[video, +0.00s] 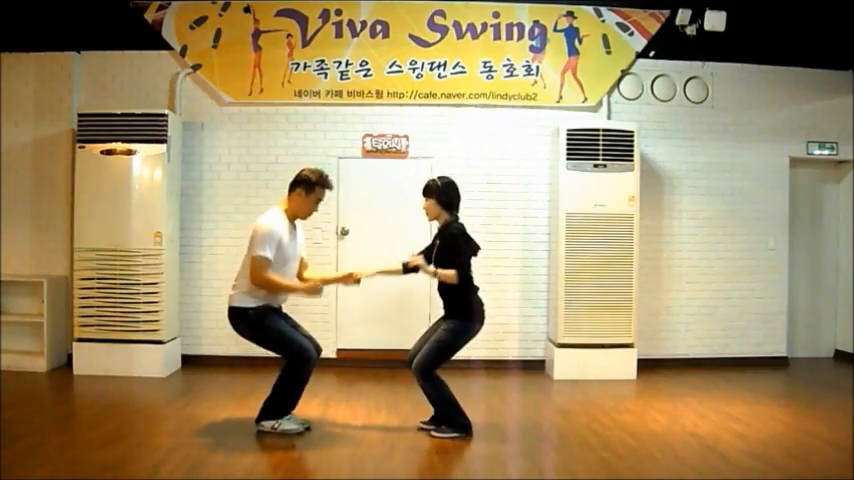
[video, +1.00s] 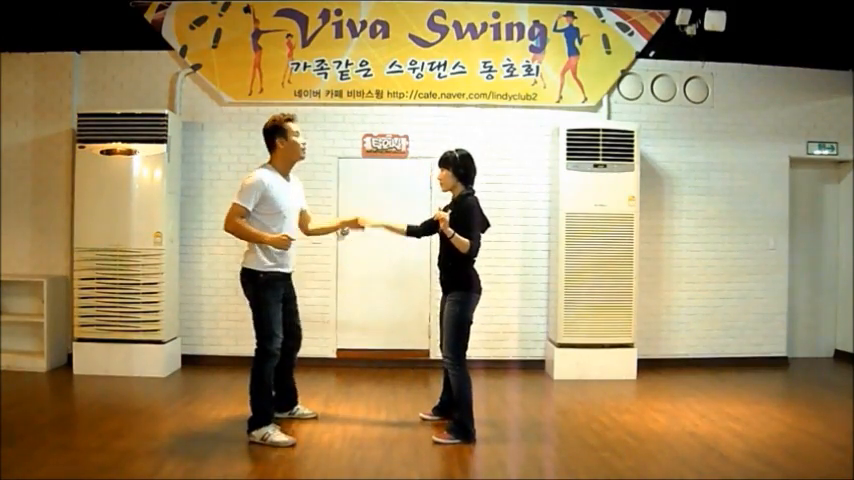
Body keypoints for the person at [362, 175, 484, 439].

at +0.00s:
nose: (424, 206)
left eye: (427, 200)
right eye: (424, 200)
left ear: (442, 202)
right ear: (441, 203)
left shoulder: (454, 233)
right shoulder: (443, 232)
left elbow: (459, 277)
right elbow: (415, 265)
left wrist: (428, 269)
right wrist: (371, 272)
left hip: (466, 318)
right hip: (453, 314)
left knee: (422, 367)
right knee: (414, 360)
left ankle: (458, 425)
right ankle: (442, 415)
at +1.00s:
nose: (437, 174)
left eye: (442, 169)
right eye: (439, 169)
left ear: (456, 173)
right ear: (455, 173)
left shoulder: (469, 205)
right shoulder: (452, 206)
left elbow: (470, 249)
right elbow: (418, 231)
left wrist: (447, 229)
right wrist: (376, 223)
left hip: (463, 291)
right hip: (452, 289)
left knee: (454, 357)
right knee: (448, 353)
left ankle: (463, 429)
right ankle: (447, 408)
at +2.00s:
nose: (335, 173)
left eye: (339, 169)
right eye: (337, 168)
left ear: (351, 173)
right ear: (356, 174)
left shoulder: (353, 204)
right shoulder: (356, 202)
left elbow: (339, 247)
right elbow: (334, 241)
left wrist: (307, 240)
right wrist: (307, 238)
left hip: (345, 291)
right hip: (350, 289)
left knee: (309, 345)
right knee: (339, 352)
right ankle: (355, 421)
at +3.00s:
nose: (317, 180)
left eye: (321, 175)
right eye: (319, 175)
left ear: (332, 181)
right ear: (340, 181)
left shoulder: (337, 214)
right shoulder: (340, 210)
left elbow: (337, 260)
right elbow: (338, 252)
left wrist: (300, 255)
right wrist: (305, 250)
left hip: (332, 298)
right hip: (339, 296)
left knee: (296, 350)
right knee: (339, 359)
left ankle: (280, 421)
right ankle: (392, 399)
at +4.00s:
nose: (468, 183)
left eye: (473, 178)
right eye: (469, 178)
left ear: (488, 182)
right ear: (479, 183)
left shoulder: (505, 217)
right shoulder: (473, 219)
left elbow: (516, 259)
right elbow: (437, 237)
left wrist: (480, 264)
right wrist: (397, 235)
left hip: (499, 301)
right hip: (485, 301)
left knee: (457, 353)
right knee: (488, 362)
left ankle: (479, 419)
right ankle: (524, 412)